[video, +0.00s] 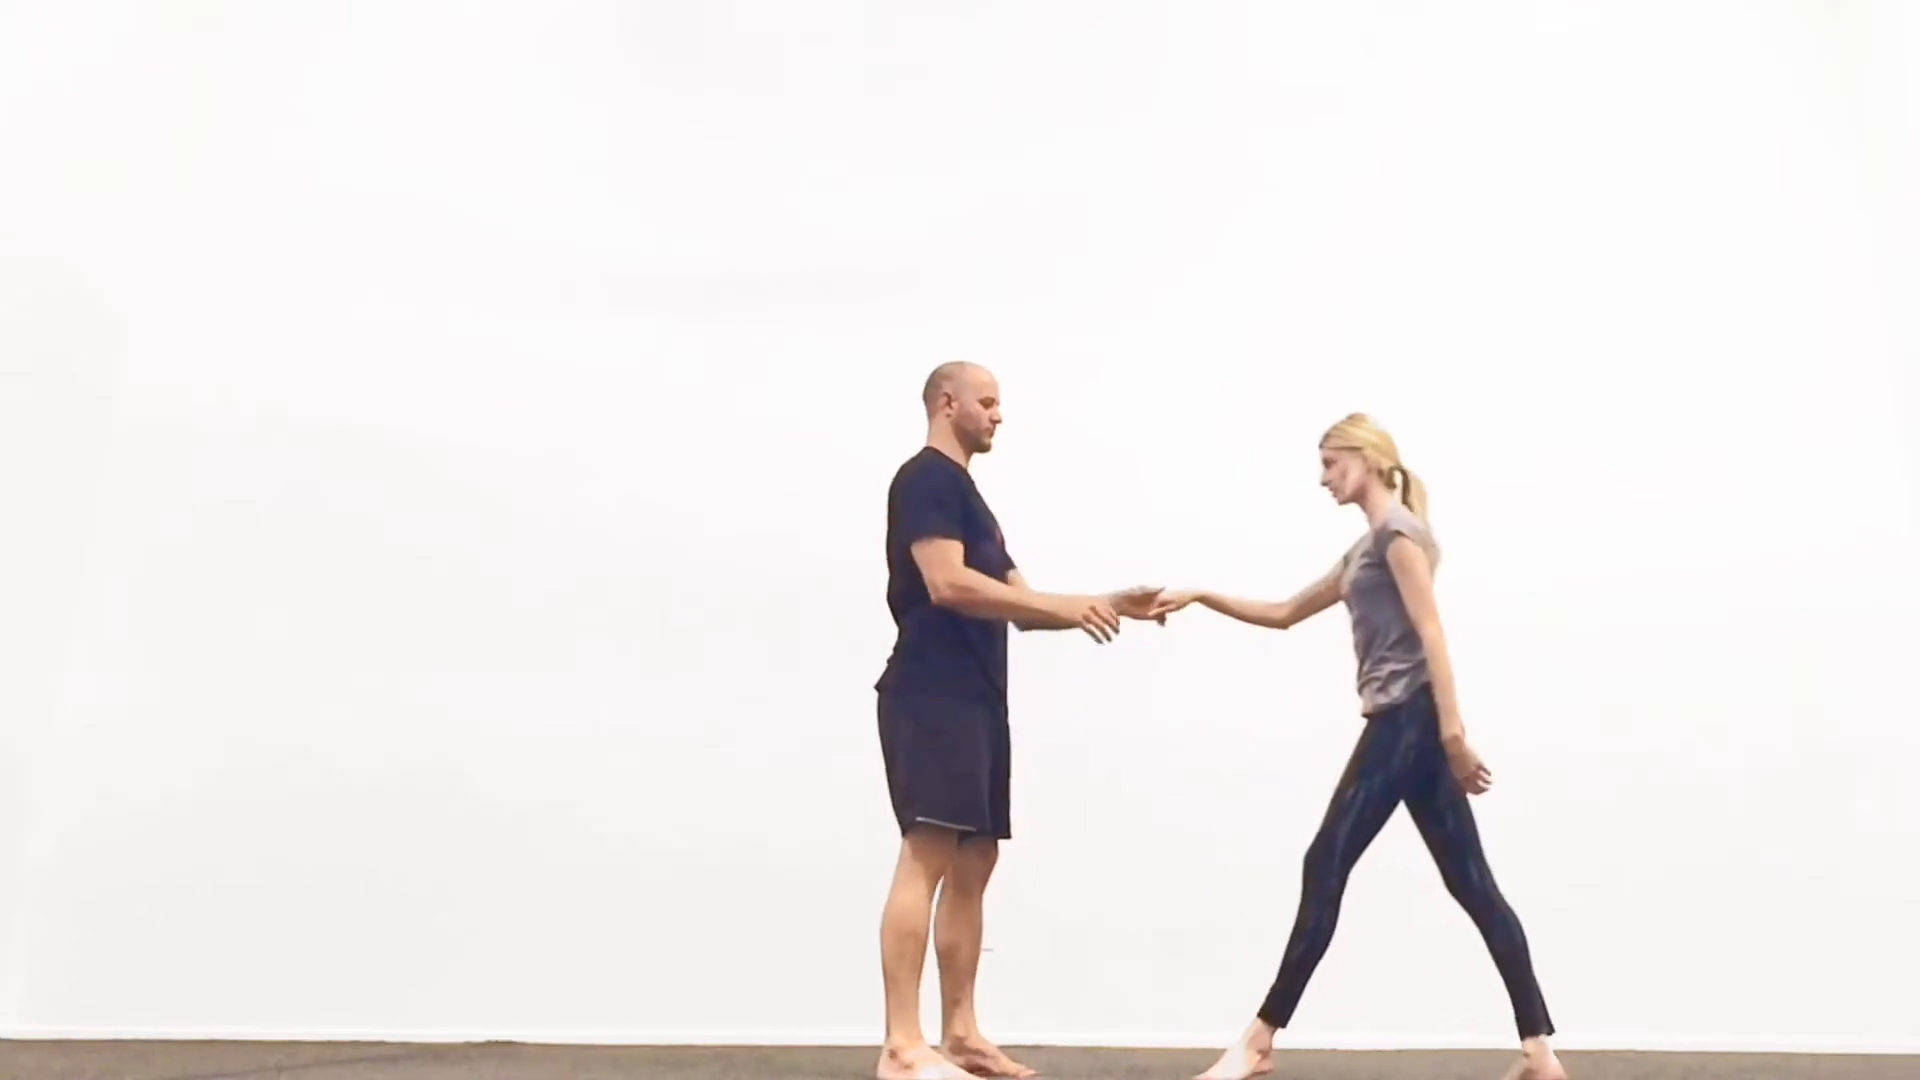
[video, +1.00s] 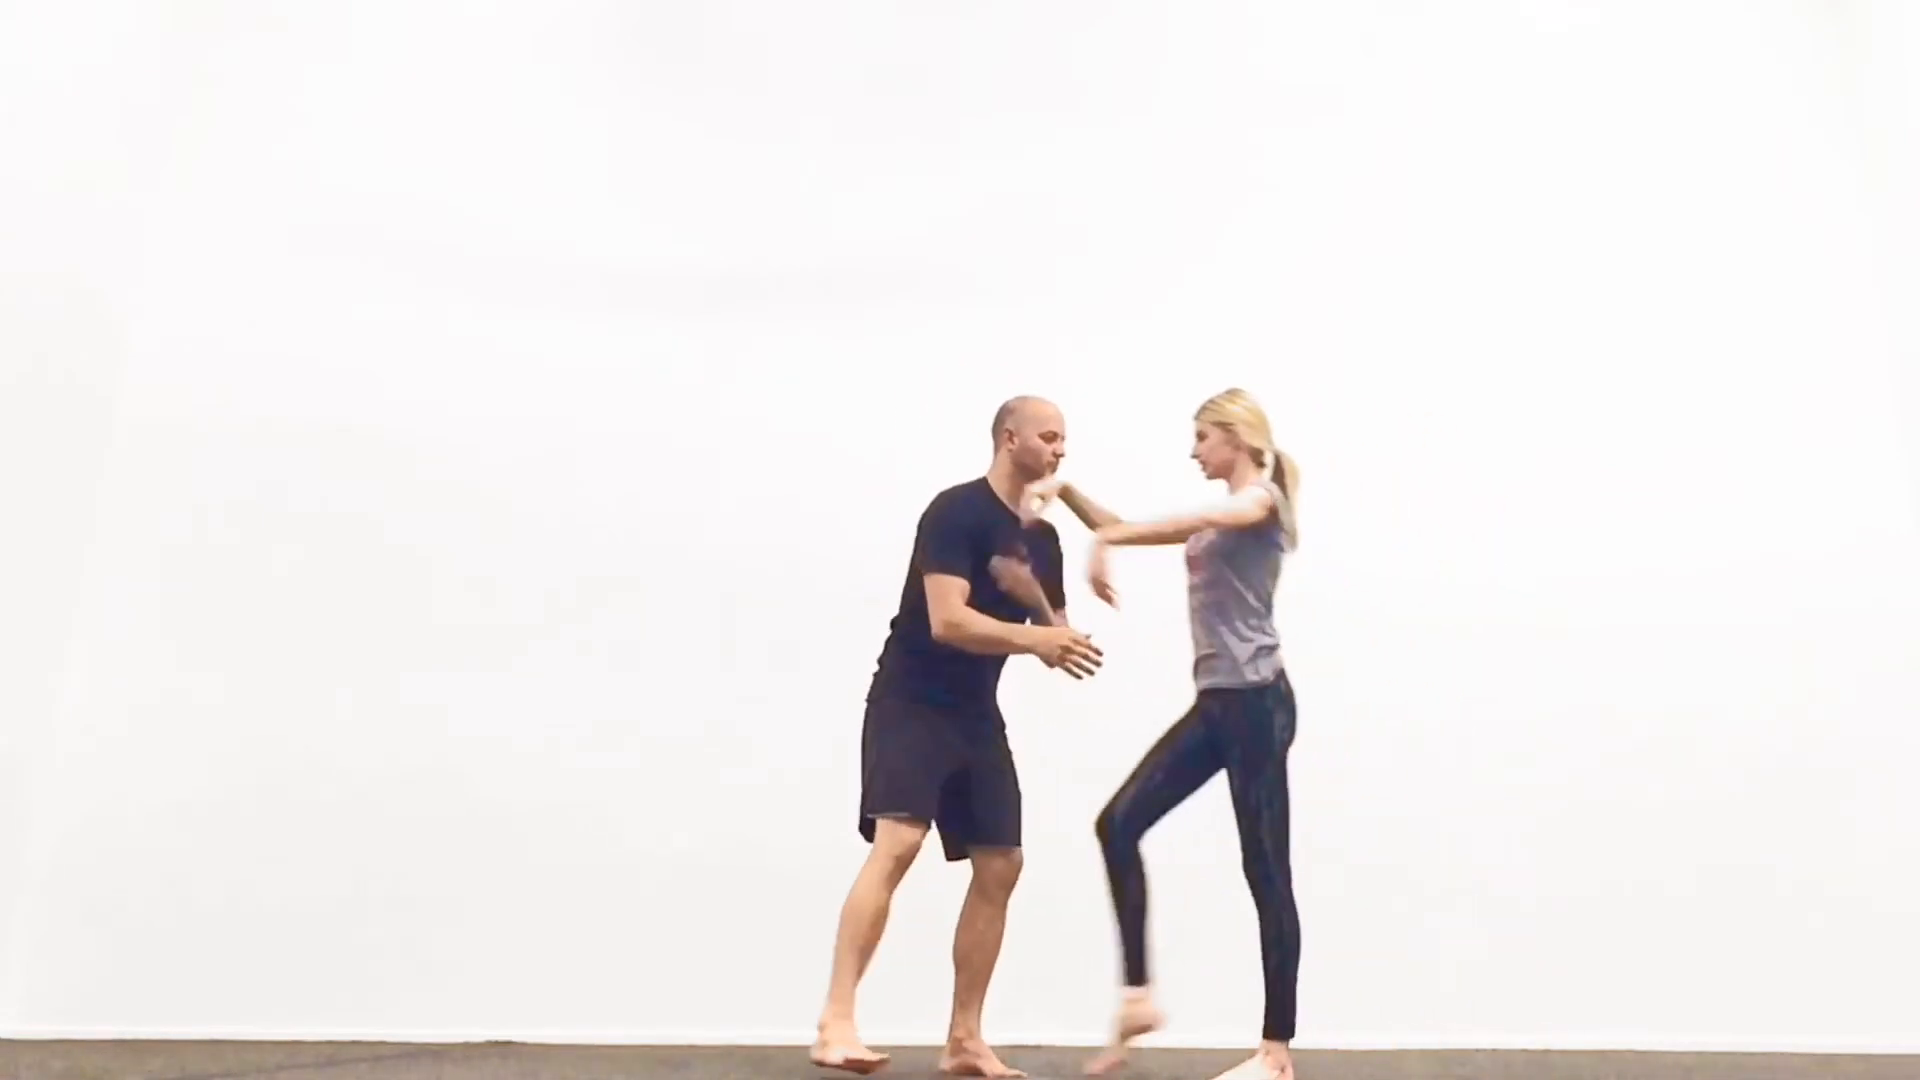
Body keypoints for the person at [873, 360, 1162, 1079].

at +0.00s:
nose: (998, 416)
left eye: (998, 404)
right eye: (987, 403)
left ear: (956, 404)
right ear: (945, 404)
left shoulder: (963, 492)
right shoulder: (924, 477)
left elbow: (1020, 604)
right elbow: (947, 585)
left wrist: (1112, 605)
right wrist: (1057, 612)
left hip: (975, 701)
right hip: (932, 698)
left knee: (973, 862)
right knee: (926, 857)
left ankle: (962, 1035)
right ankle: (901, 1046)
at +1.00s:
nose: (1060, 451)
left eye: (1063, 440)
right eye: (1049, 438)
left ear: (1053, 447)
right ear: (1008, 439)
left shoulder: (1044, 537)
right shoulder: (955, 510)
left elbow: (1052, 644)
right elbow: (947, 621)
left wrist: (1035, 604)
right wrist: (1041, 638)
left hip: (976, 708)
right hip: (911, 699)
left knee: (999, 866)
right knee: (898, 843)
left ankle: (965, 1039)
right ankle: (836, 1022)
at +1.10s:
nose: (1068, 469)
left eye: (1072, 460)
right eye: (1056, 457)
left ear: (1064, 469)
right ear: (1016, 459)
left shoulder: (1051, 559)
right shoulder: (962, 527)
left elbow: (1042, 675)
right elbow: (960, 635)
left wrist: (1016, 640)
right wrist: (1052, 636)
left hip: (970, 717)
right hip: (903, 705)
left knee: (1011, 868)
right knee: (880, 838)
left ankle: (965, 1041)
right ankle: (787, 1009)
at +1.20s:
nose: (1074, 492)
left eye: (1079, 481)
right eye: (1061, 478)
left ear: (1075, 492)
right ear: (1019, 480)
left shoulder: (1055, 583)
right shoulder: (967, 543)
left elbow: (1041, 677)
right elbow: (962, 648)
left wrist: (1044, 725)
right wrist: (1048, 640)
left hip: (963, 732)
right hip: (897, 714)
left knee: (1017, 873)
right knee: (851, 844)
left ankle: (968, 1039)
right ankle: (740, 998)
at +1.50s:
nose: (1032, 549)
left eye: (1042, 539)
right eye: (1020, 535)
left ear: (1049, 550)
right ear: (984, 532)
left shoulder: (1034, 646)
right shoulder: (927, 599)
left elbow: (1021, 746)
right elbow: (894, 717)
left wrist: (1057, 837)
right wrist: (953, 690)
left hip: (931, 774)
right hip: (854, 759)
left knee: (1024, 878)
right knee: (766, 857)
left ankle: (962, 1045)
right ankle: (631, 1003)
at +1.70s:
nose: (927, 543)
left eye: (940, 532)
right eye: (915, 531)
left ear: (958, 545)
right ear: (892, 539)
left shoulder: (970, 652)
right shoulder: (839, 611)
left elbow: (987, 756)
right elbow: (821, 740)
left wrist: (1022, 825)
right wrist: (862, 700)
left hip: (894, 797)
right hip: (808, 785)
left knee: (994, 869)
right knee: (716, 879)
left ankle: (960, 1046)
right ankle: (590, 1037)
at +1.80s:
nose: (859, 524)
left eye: (872, 513)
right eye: (848, 515)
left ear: (898, 526)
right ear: (830, 527)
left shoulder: (925, 630)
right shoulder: (790, 602)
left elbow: (955, 733)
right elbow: (784, 730)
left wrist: (994, 767)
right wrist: (819, 677)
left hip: (861, 788)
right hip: (776, 785)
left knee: (970, 870)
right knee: (684, 877)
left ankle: (956, 1047)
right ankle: (580, 1046)